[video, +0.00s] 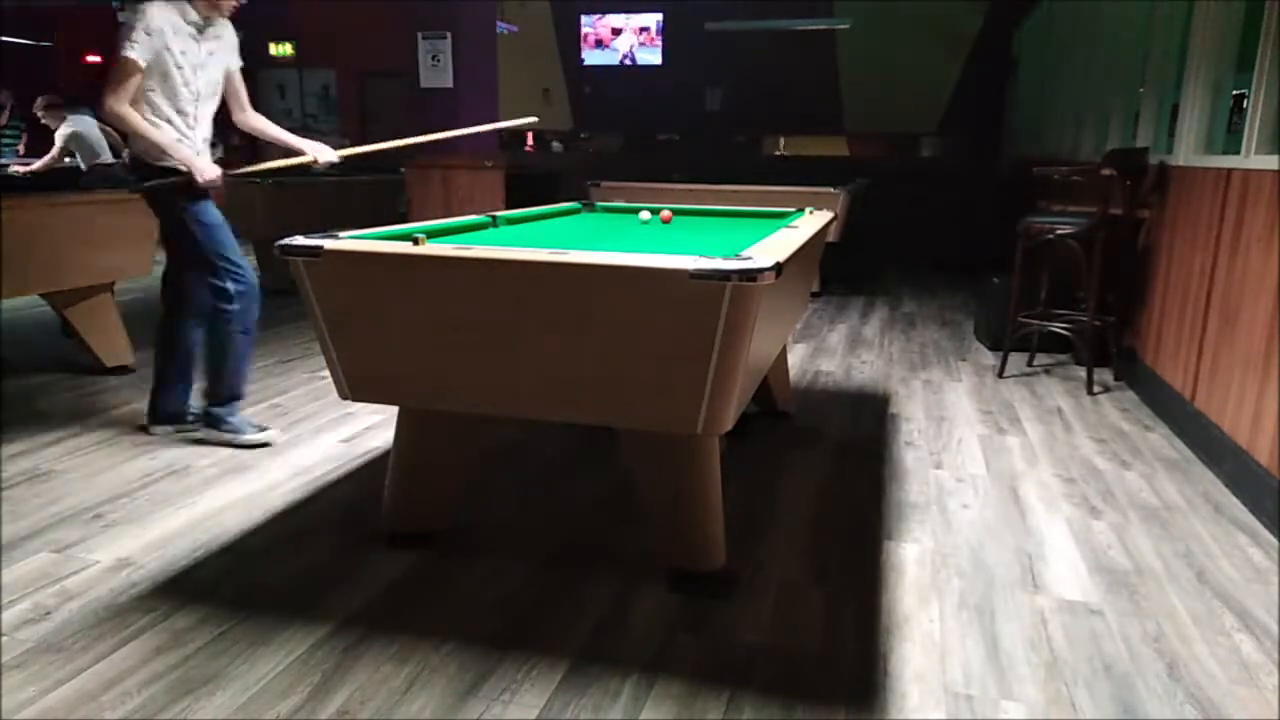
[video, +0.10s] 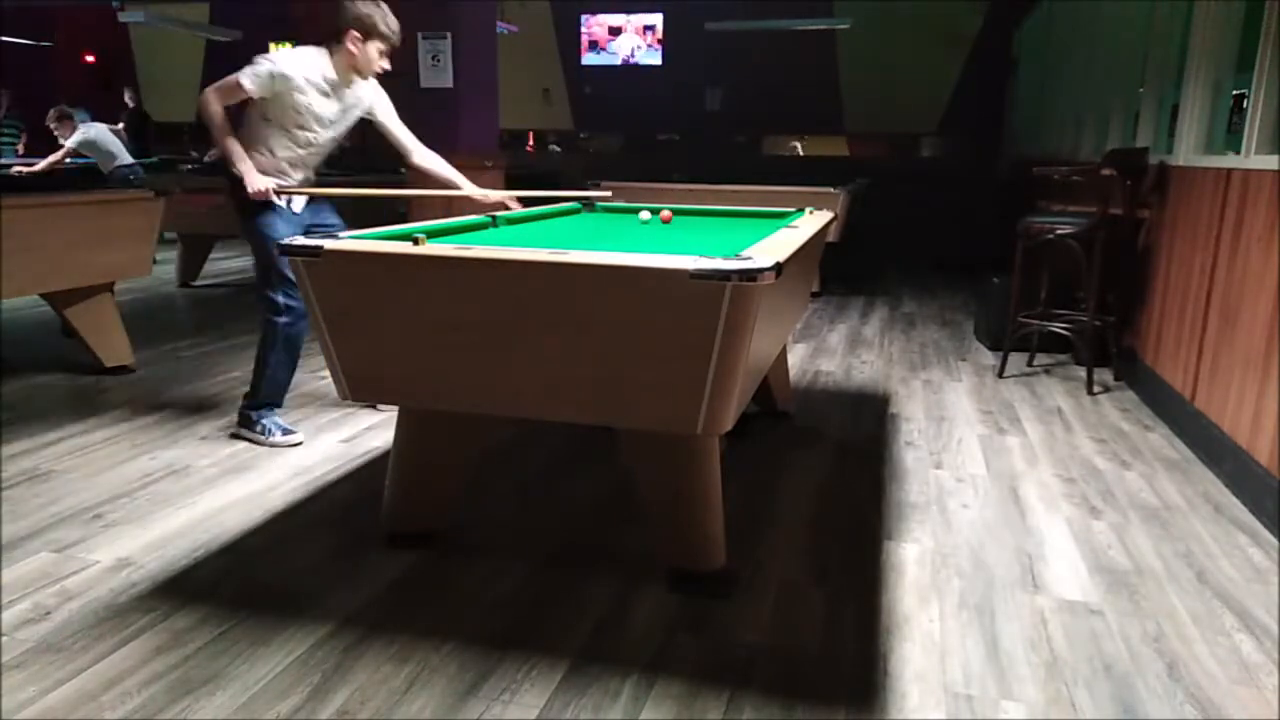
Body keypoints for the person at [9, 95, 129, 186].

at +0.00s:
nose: (43, 122)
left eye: (43, 118)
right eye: (41, 119)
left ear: (52, 113)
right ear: (60, 112)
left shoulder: (65, 131)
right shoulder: (87, 120)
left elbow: (55, 158)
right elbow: (110, 133)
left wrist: (29, 169)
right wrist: (123, 151)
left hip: (96, 175)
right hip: (114, 170)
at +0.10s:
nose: (55, 134)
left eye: (56, 129)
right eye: (53, 130)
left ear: (68, 123)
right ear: (71, 122)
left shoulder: (80, 136)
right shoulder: (96, 125)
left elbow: (58, 157)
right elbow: (120, 130)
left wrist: (32, 170)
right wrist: (124, 153)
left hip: (121, 175)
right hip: (136, 171)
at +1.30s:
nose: (48, 132)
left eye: (50, 127)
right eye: (47, 128)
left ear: (62, 123)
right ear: (66, 120)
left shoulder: (73, 139)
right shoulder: (86, 121)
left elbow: (50, 160)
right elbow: (108, 124)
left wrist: (18, 168)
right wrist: (107, 147)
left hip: (119, 172)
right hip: (130, 165)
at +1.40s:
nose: (73, 107)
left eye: (76, 103)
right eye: (72, 104)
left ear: (89, 104)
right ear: (90, 105)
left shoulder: (93, 124)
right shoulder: (108, 117)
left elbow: (83, 153)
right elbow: (125, 132)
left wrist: (59, 173)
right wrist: (116, 153)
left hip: (109, 171)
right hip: (121, 169)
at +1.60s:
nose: (58, 102)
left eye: (62, 98)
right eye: (58, 98)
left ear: (76, 99)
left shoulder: (92, 124)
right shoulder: (65, 118)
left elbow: (96, 155)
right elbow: (72, 144)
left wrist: (81, 180)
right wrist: (59, 156)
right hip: (73, 174)